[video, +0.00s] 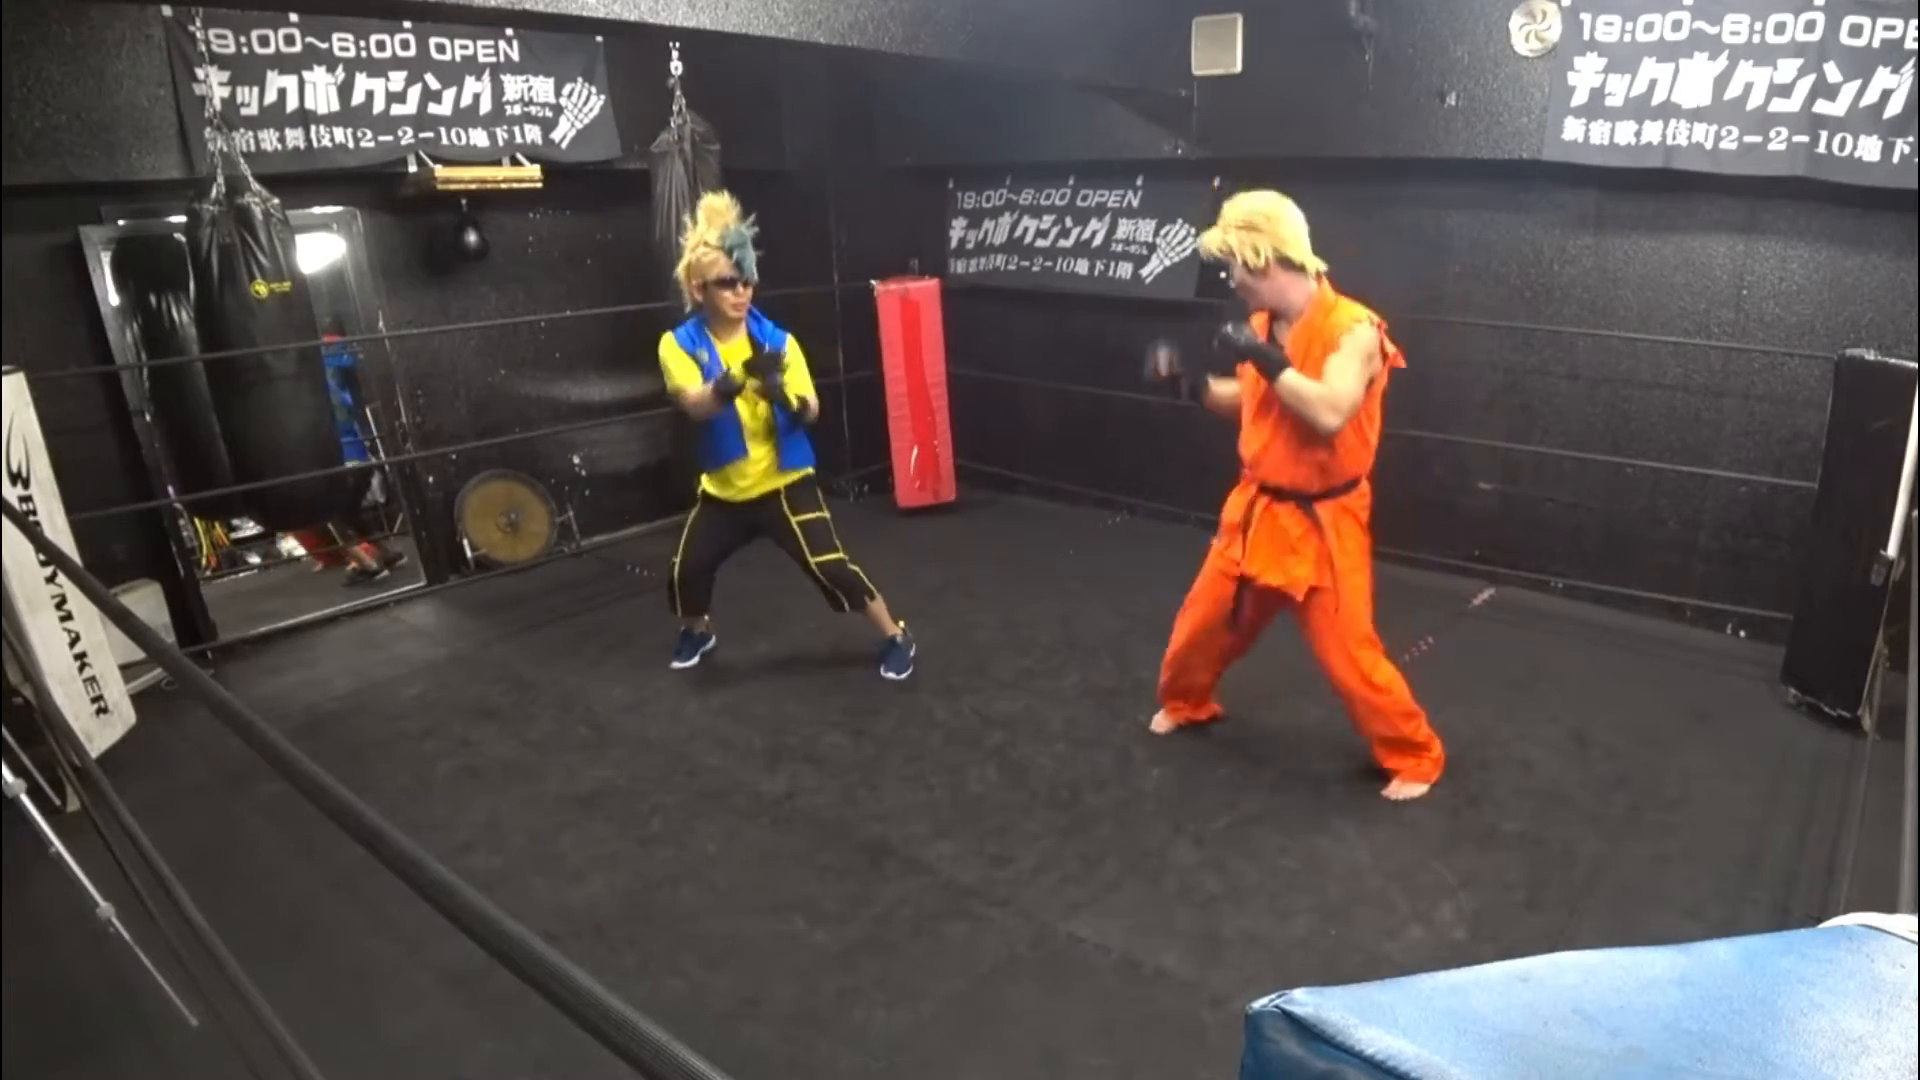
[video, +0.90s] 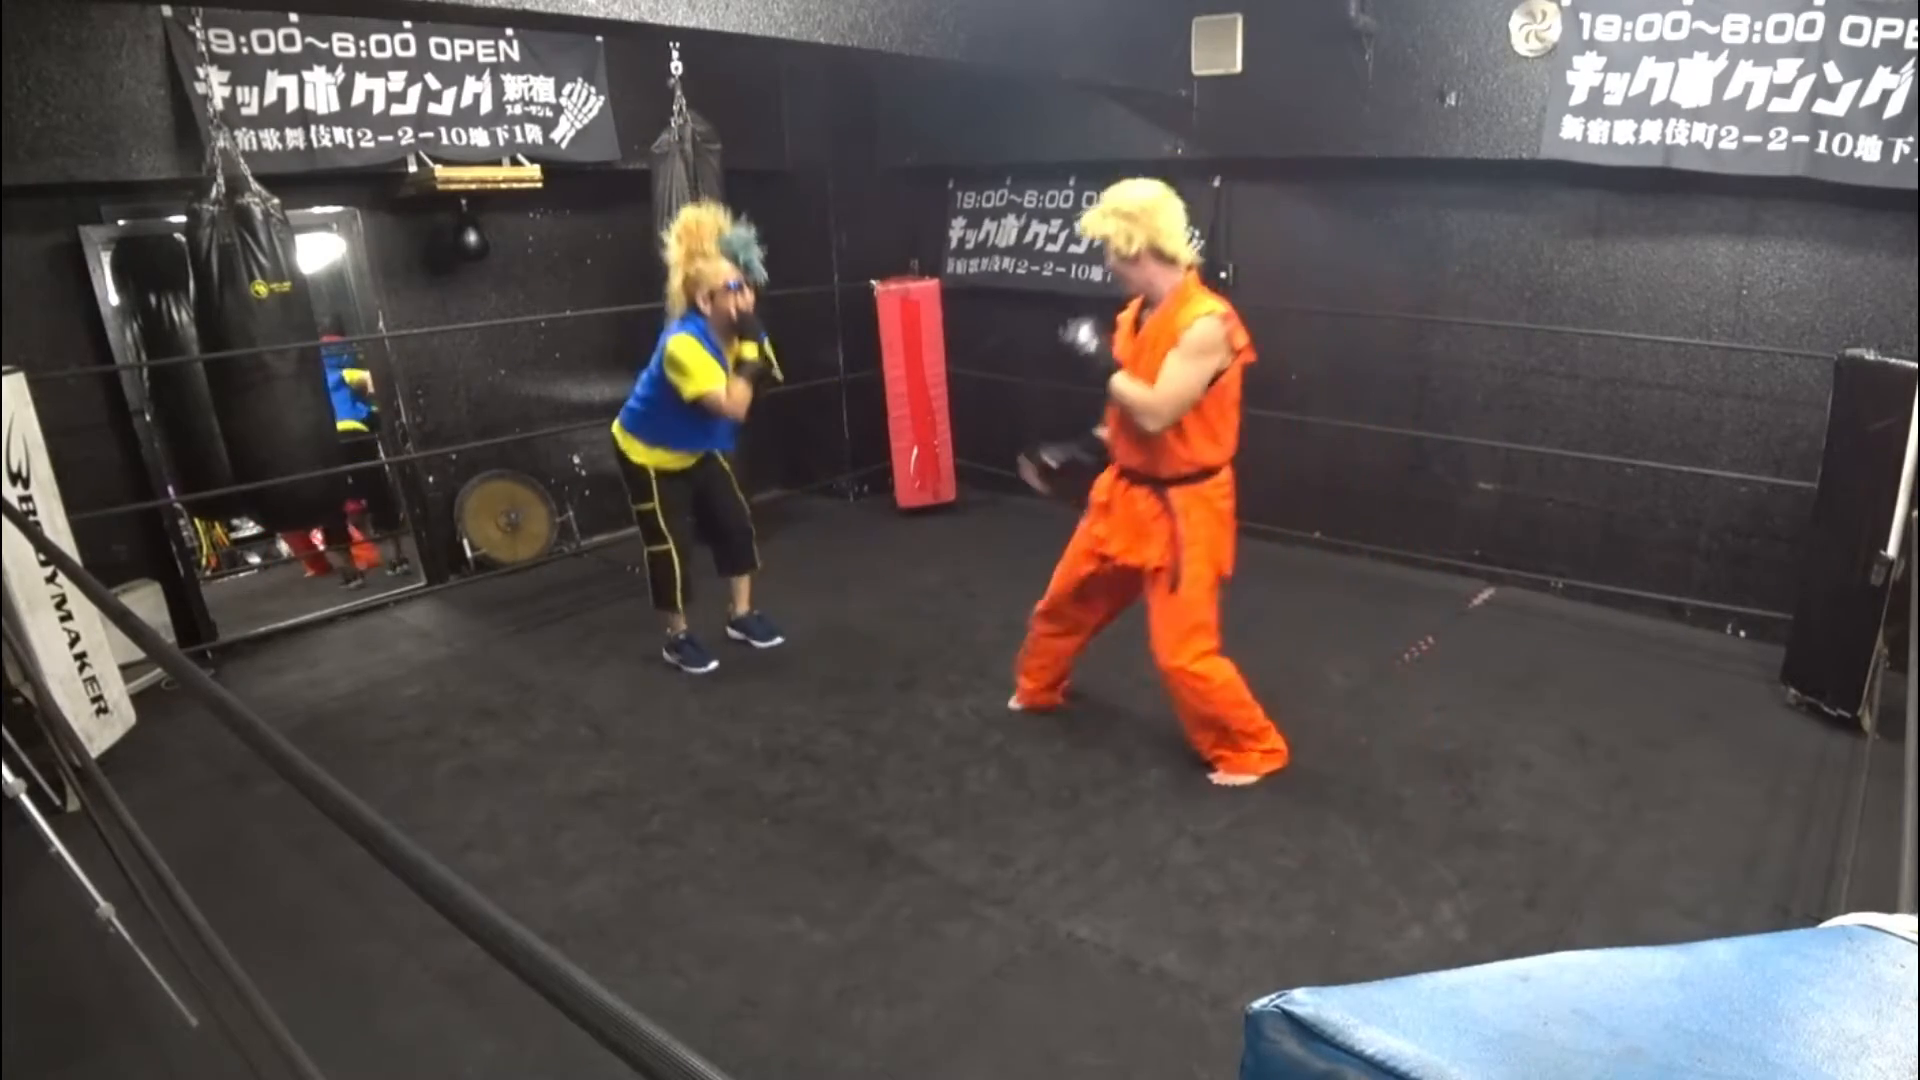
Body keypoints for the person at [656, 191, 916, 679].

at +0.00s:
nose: (740, 294)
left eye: (745, 282)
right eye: (727, 285)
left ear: (754, 284)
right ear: (697, 291)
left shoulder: (777, 340)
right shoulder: (679, 344)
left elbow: (811, 411)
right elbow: (695, 407)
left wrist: (780, 392)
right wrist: (737, 377)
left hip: (787, 483)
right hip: (723, 489)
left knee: (828, 566)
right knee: (687, 570)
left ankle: (894, 635)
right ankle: (697, 632)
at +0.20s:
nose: (737, 250)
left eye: (741, 240)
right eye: (723, 241)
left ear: (749, 242)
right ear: (694, 246)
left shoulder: (762, 291)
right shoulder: (667, 291)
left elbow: (802, 347)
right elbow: (664, 354)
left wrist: (808, 337)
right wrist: (705, 330)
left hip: (766, 440)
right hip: (701, 446)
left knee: (810, 533)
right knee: (683, 547)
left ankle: (847, 620)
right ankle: (688, 624)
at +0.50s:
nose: (728, 280)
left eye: (732, 269)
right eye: (715, 270)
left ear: (739, 272)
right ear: (686, 278)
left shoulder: (753, 326)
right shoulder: (663, 335)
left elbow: (789, 372)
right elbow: (686, 402)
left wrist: (810, 406)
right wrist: (722, 375)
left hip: (742, 470)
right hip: (685, 476)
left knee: (779, 546)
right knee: (681, 566)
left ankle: (813, 622)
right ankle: (682, 633)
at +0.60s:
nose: (731, 262)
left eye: (734, 251)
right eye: (717, 252)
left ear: (741, 255)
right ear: (688, 261)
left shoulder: (745, 306)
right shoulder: (668, 311)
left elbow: (767, 368)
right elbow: (707, 373)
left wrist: (766, 419)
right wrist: (726, 328)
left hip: (725, 446)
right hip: (669, 453)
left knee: (766, 531)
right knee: (677, 549)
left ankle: (793, 618)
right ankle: (683, 629)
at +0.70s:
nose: (731, 247)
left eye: (733, 237)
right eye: (718, 239)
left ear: (736, 241)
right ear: (691, 250)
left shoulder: (739, 291)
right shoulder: (671, 293)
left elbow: (744, 349)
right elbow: (719, 355)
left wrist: (735, 385)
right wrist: (736, 304)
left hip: (711, 427)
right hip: (660, 430)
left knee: (747, 519)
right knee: (672, 531)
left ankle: (751, 613)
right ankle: (678, 624)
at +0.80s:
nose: (733, 264)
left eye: (734, 253)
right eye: (720, 256)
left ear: (740, 257)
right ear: (692, 265)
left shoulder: (733, 304)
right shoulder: (677, 310)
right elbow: (731, 370)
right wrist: (742, 312)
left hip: (700, 433)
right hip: (649, 435)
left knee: (734, 518)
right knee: (669, 533)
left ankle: (747, 613)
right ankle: (679, 631)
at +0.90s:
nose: (740, 300)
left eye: (741, 288)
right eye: (728, 291)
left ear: (746, 289)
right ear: (702, 301)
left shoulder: (736, 334)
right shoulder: (681, 346)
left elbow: (751, 383)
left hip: (699, 446)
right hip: (647, 449)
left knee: (736, 524)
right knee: (666, 544)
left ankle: (741, 614)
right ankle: (676, 632)